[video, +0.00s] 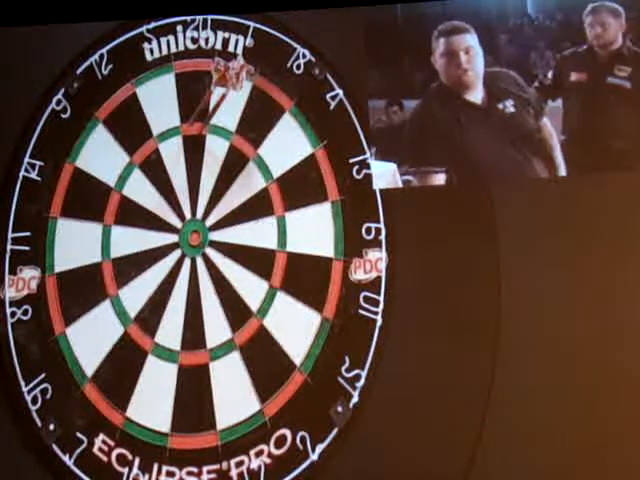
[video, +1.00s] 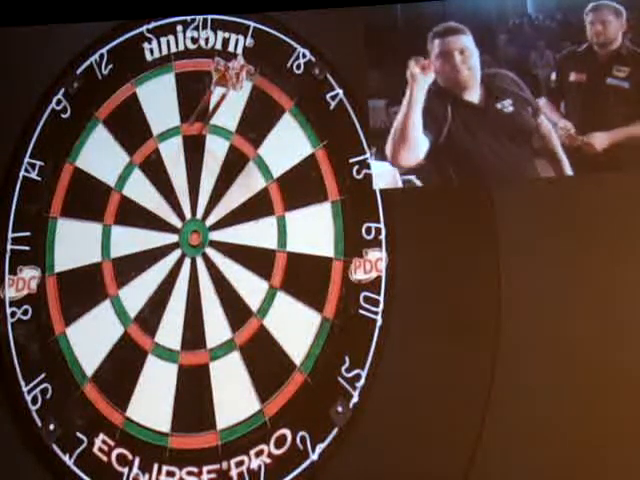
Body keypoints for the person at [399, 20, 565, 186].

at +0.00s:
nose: (462, 62)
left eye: (468, 52)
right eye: (450, 55)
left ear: (481, 54)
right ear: (434, 62)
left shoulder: (506, 82)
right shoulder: (429, 116)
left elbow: (544, 128)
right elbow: (431, 192)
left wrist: (561, 176)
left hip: (543, 198)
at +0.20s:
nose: (463, 59)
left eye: (470, 49)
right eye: (451, 52)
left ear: (483, 52)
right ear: (436, 60)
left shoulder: (507, 81)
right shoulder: (431, 108)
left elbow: (542, 125)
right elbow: (416, 174)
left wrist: (564, 173)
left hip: (537, 196)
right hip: (476, 207)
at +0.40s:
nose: (462, 57)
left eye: (469, 48)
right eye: (451, 51)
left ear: (482, 52)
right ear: (437, 59)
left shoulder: (508, 81)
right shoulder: (433, 103)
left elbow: (545, 130)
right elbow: (408, 147)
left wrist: (569, 177)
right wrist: (384, 160)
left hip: (529, 201)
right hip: (470, 213)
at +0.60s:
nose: (459, 58)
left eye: (466, 48)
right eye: (447, 52)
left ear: (479, 52)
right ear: (434, 61)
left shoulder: (504, 81)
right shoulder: (432, 104)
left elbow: (543, 129)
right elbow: (393, 150)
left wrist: (569, 178)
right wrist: (385, 91)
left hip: (529, 203)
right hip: (470, 215)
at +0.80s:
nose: (457, 58)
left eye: (464, 49)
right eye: (446, 52)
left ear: (477, 52)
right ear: (432, 61)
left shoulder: (503, 81)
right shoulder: (432, 102)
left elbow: (543, 128)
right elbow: (399, 151)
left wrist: (568, 177)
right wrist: (404, 79)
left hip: (530, 200)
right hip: (473, 210)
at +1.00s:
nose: (457, 62)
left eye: (463, 52)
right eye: (446, 56)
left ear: (477, 55)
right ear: (432, 66)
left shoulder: (504, 82)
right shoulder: (434, 105)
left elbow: (541, 128)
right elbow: (403, 158)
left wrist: (567, 176)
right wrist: (416, 87)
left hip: (531, 200)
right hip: (474, 212)